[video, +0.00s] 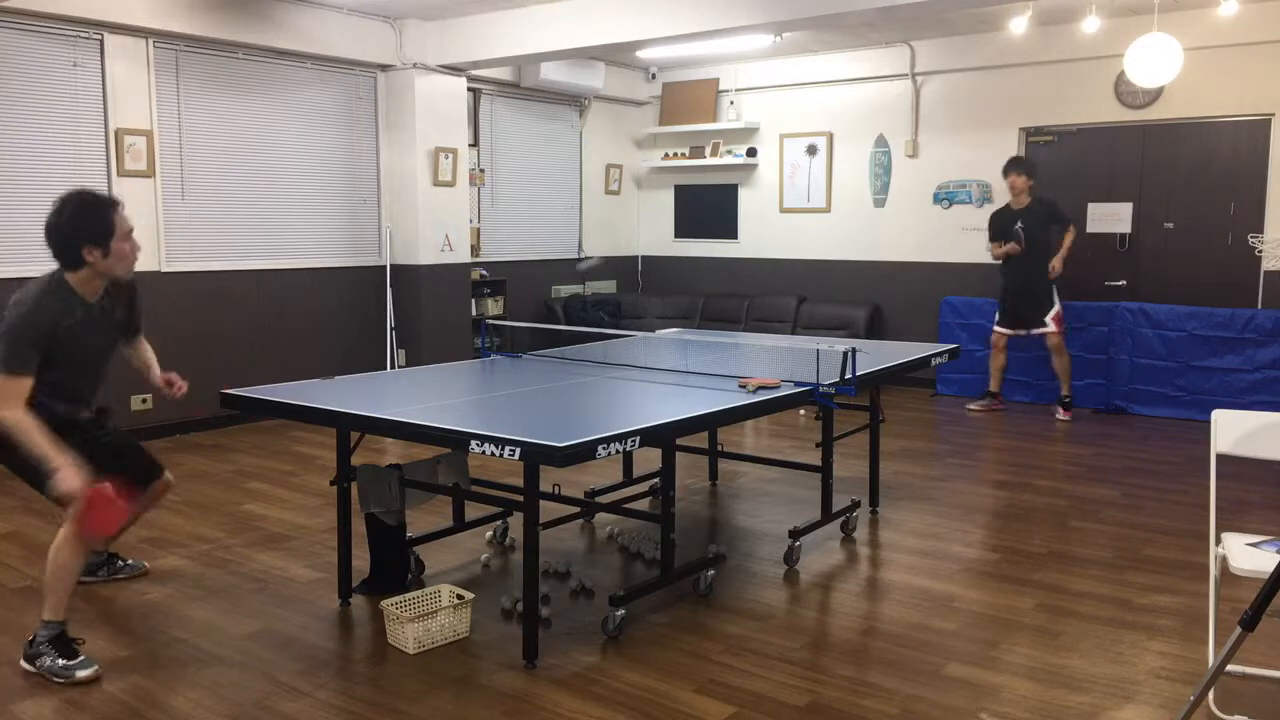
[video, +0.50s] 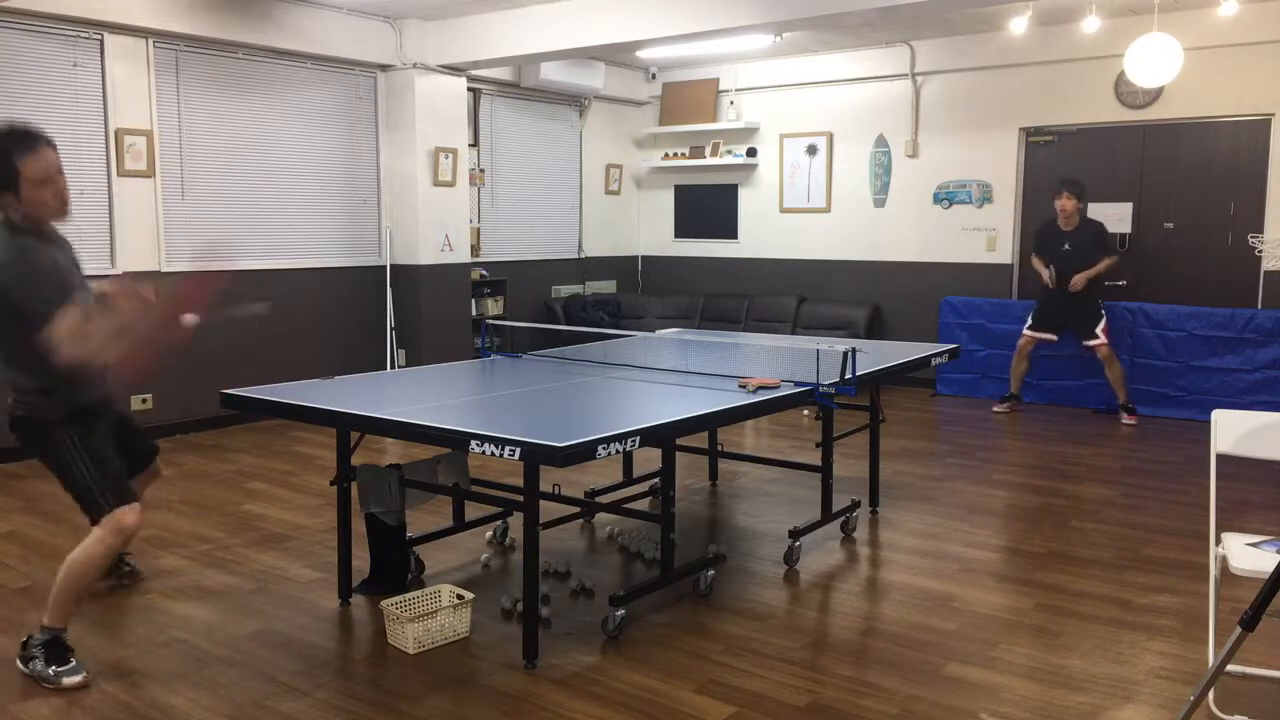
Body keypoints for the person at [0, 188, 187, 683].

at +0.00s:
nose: (136, 243)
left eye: (132, 232)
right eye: (126, 237)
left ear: (96, 252)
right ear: (92, 253)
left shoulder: (120, 292)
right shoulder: (35, 310)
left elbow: (133, 339)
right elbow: (11, 407)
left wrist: (156, 373)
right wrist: (61, 463)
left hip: (78, 420)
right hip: (27, 424)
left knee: (154, 483)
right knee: (88, 502)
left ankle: (91, 555)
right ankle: (48, 639)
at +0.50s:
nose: (61, 189)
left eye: (60, 176)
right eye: (45, 182)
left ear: (61, 175)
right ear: (10, 200)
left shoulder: (46, 239)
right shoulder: (21, 257)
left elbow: (76, 304)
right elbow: (73, 348)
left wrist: (118, 304)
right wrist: (143, 322)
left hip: (81, 394)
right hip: (47, 409)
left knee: (144, 467)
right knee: (121, 517)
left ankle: (105, 558)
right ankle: (45, 642)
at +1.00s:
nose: (92, 143)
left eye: (86, 132)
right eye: (81, 135)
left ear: (41, 153)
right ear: (52, 152)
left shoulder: (17, 208)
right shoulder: (45, 217)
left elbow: (32, 293)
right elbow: (79, 308)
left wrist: (98, 283)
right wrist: (160, 287)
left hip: (10, 388)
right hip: (30, 392)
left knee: (29, 500)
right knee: (90, 505)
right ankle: (69, 663)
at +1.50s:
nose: (140, 221)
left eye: (135, 211)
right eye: (129, 215)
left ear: (98, 229)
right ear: (95, 231)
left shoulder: (109, 272)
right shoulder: (45, 292)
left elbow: (100, 322)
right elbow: (42, 392)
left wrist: (150, 362)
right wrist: (127, 406)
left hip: (51, 409)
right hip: (9, 419)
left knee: (127, 479)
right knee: (78, 500)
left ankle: (72, 569)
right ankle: (17, 650)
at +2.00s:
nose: (121, 240)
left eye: (117, 228)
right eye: (107, 235)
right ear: (67, 253)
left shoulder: (136, 276)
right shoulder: (27, 305)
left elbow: (202, 292)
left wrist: (257, 340)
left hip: (121, 416)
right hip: (63, 420)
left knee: (158, 503)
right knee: (108, 508)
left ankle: (92, 550)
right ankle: (42, 636)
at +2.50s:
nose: (201, 205)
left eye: (196, 196)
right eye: (192, 199)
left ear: (145, 219)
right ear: (170, 215)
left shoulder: (112, 267)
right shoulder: (196, 254)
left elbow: (95, 348)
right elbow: (275, 304)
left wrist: (183, 355)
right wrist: (273, 272)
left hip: (112, 414)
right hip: (165, 410)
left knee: (176, 475)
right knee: (217, 513)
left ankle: (188, 556)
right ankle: (225, 645)